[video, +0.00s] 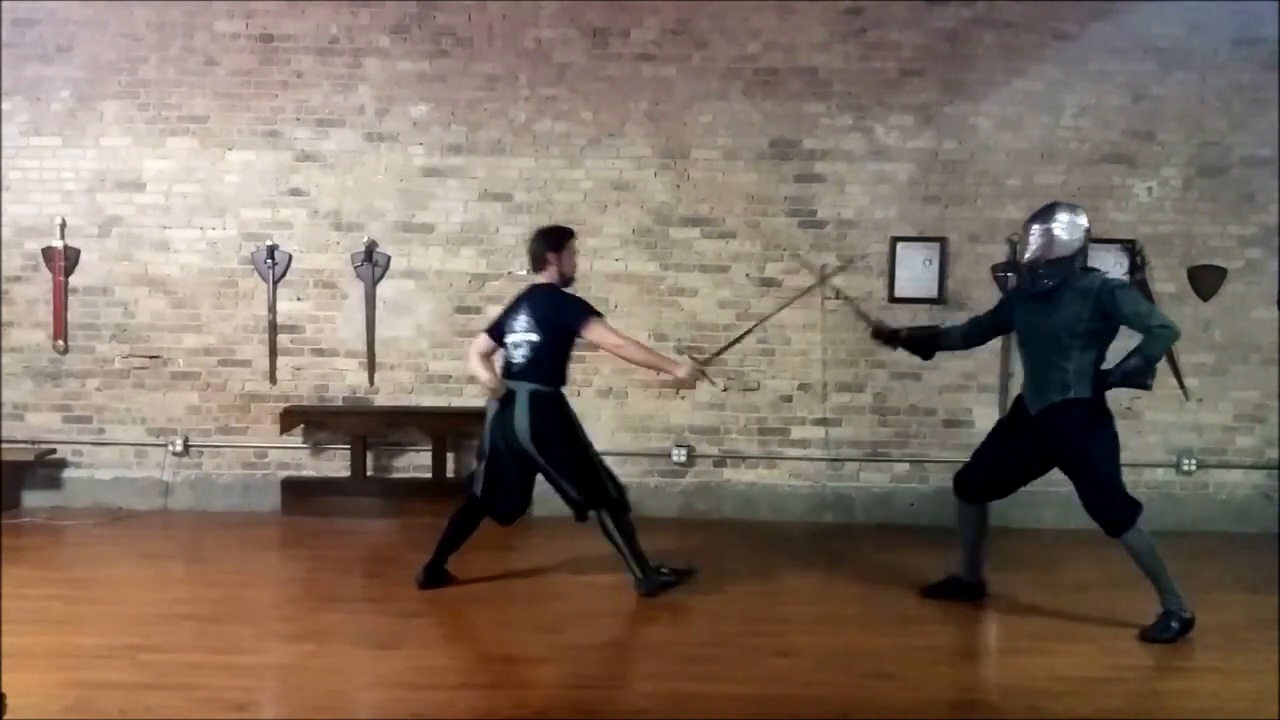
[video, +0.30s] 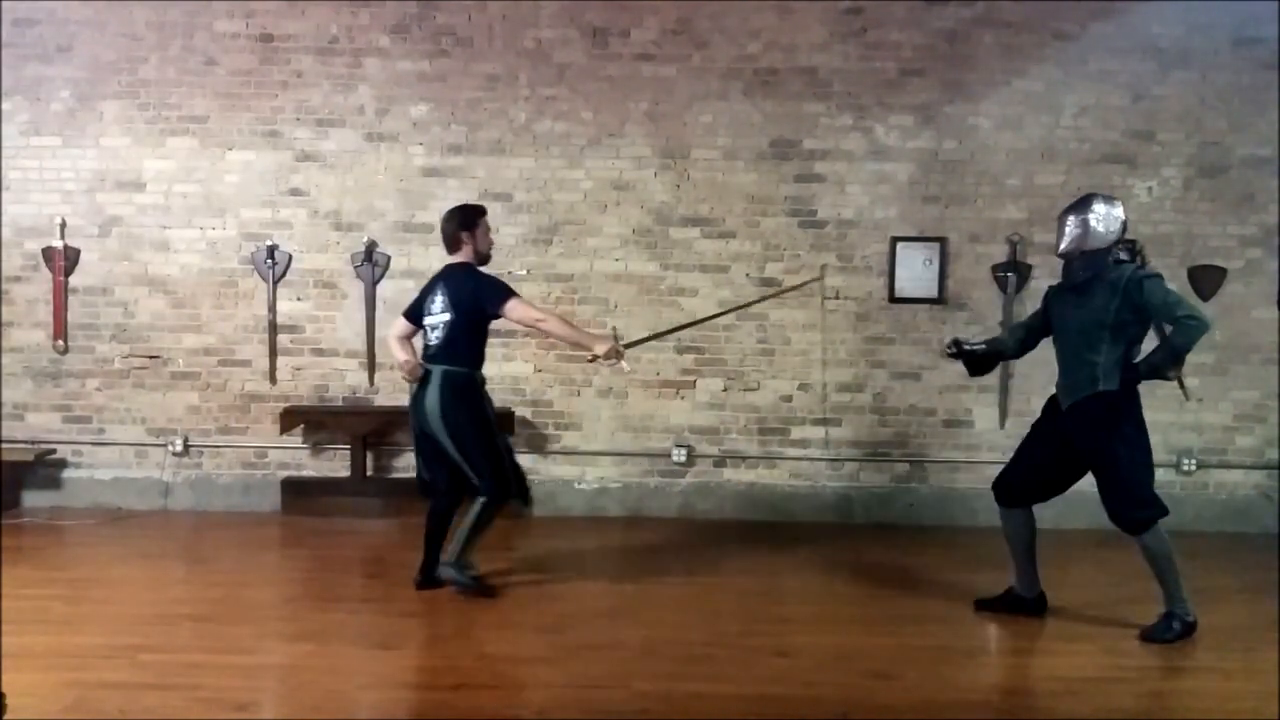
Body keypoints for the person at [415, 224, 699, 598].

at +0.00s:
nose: (577, 261)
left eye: (575, 253)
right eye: (572, 254)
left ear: (542, 261)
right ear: (553, 259)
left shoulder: (517, 305)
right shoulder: (563, 303)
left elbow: (476, 353)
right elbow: (616, 343)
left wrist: (495, 386)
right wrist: (674, 367)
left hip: (504, 413)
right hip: (541, 413)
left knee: (484, 496)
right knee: (602, 492)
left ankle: (434, 567)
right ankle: (644, 574)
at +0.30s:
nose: (492, 238)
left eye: (489, 231)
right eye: (486, 231)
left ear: (456, 240)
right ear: (467, 238)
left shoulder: (436, 285)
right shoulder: (478, 283)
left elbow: (397, 334)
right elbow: (537, 319)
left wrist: (406, 360)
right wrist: (593, 342)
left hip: (427, 395)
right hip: (454, 396)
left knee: (449, 487)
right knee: (498, 484)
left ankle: (430, 569)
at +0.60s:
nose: (440, 237)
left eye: (437, 229)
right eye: (434, 230)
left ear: (402, 241)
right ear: (416, 238)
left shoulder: (376, 283)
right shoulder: (424, 287)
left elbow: (330, 324)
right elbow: (489, 326)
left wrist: (353, 367)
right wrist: (549, 349)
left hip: (378, 398)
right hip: (393, 401)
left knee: (423, 481)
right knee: (373, 496)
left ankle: (425, 569)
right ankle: (294, 568)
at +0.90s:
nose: (391, 238)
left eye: (389, 229)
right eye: (386, 230)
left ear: (352, 239)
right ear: (365, 238)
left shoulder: (320, 275)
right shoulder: (365, 292)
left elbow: (266, 312)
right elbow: (431, 341)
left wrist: (275, 356)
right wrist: (482, 364)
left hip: (290, 387)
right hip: (315, 395)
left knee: (346, 470)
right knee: (327, 491)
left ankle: (335, 562)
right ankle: (279, 582)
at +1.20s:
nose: (352, 238)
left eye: (349, 230)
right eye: (345, 231)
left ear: (313, 241)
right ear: (323, 241)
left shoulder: (285, 280)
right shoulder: (322, 299)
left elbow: (241, 317)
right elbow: (380, 351)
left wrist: (241, 361)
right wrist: (436, 378)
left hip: (245, 394)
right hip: (276, 404)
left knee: (219, 480)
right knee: (312, 492)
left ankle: (164, 552)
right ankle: (277, 583)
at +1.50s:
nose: (317, 252)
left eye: (314, 244)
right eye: (310, 245)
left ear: (281, 253)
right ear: (288, 252)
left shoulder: (252, 293)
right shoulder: (286, 310)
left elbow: (210, 331)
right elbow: (349, 366)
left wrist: (206, 370)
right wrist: (407, 397)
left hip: (207, 405)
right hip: (241, 413)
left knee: (164, 487)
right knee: (298, 491)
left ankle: (113, 569)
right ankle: (277, 584)